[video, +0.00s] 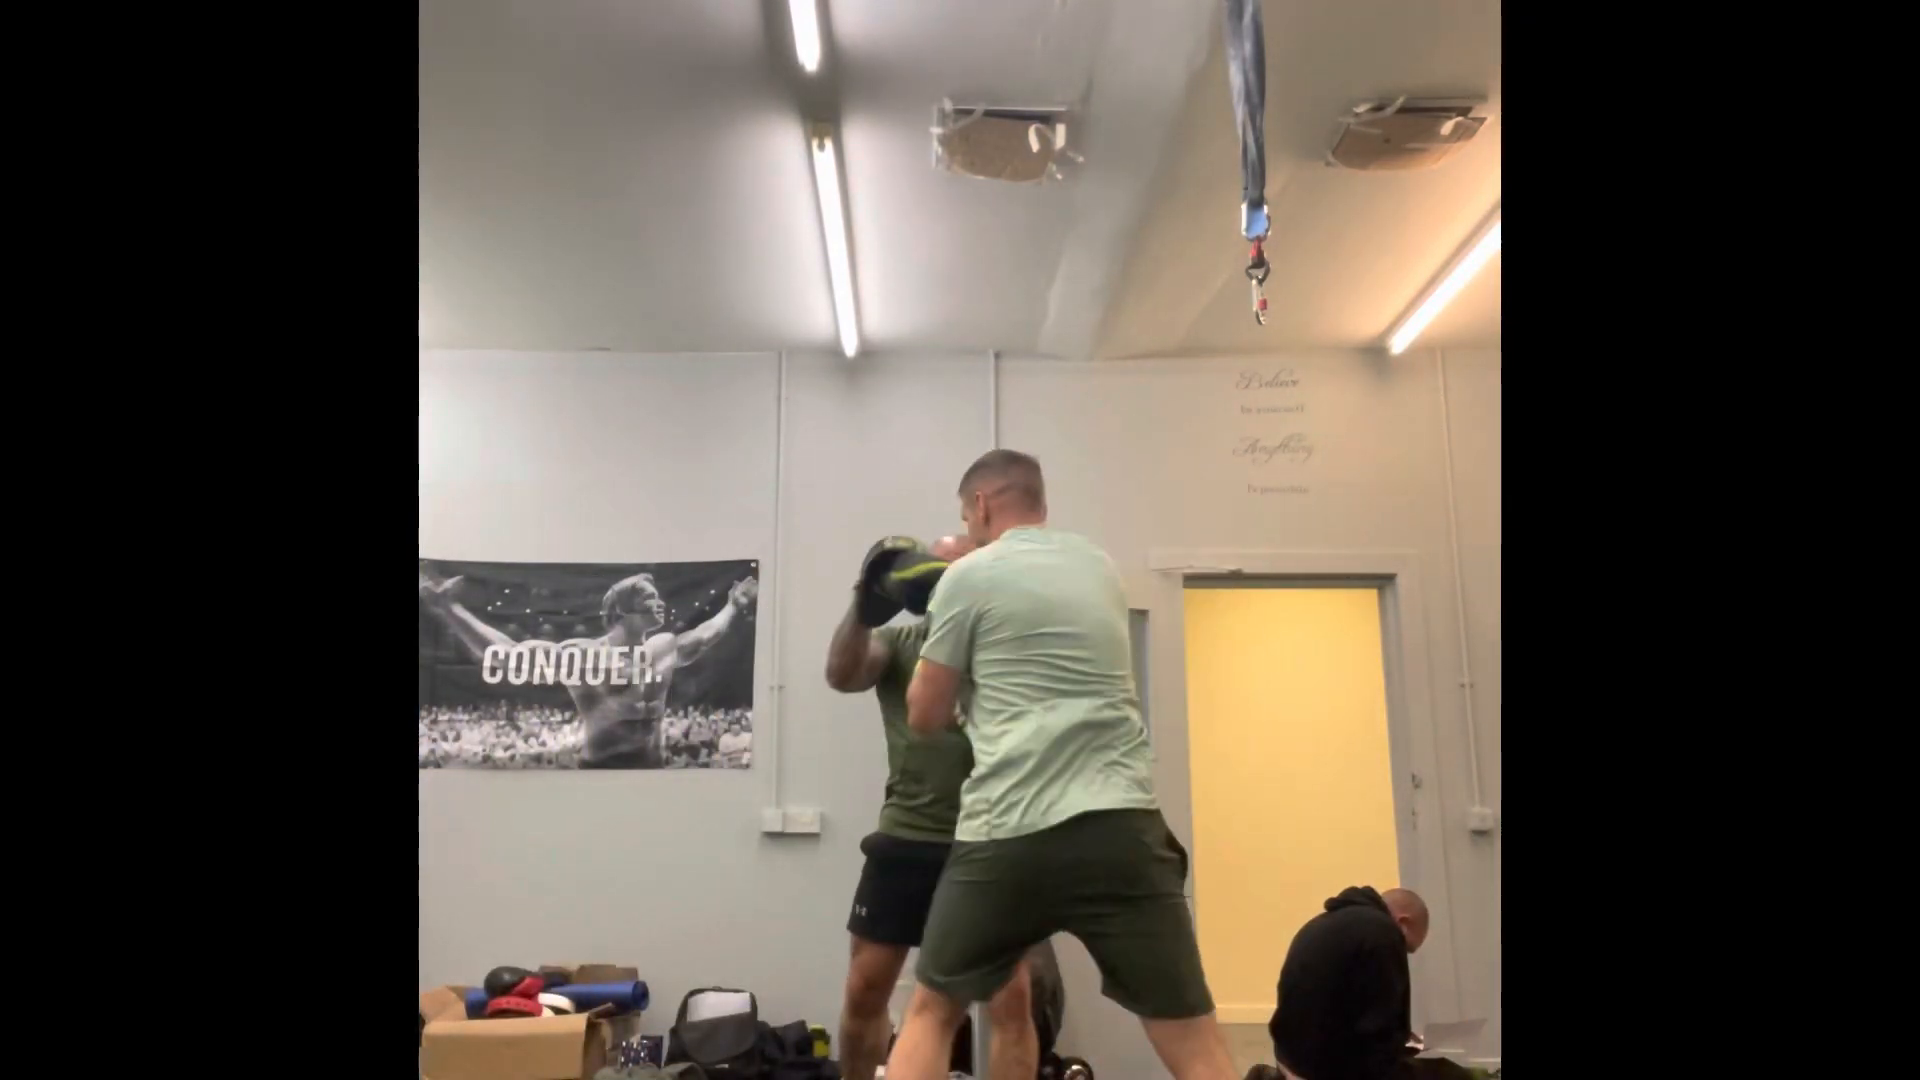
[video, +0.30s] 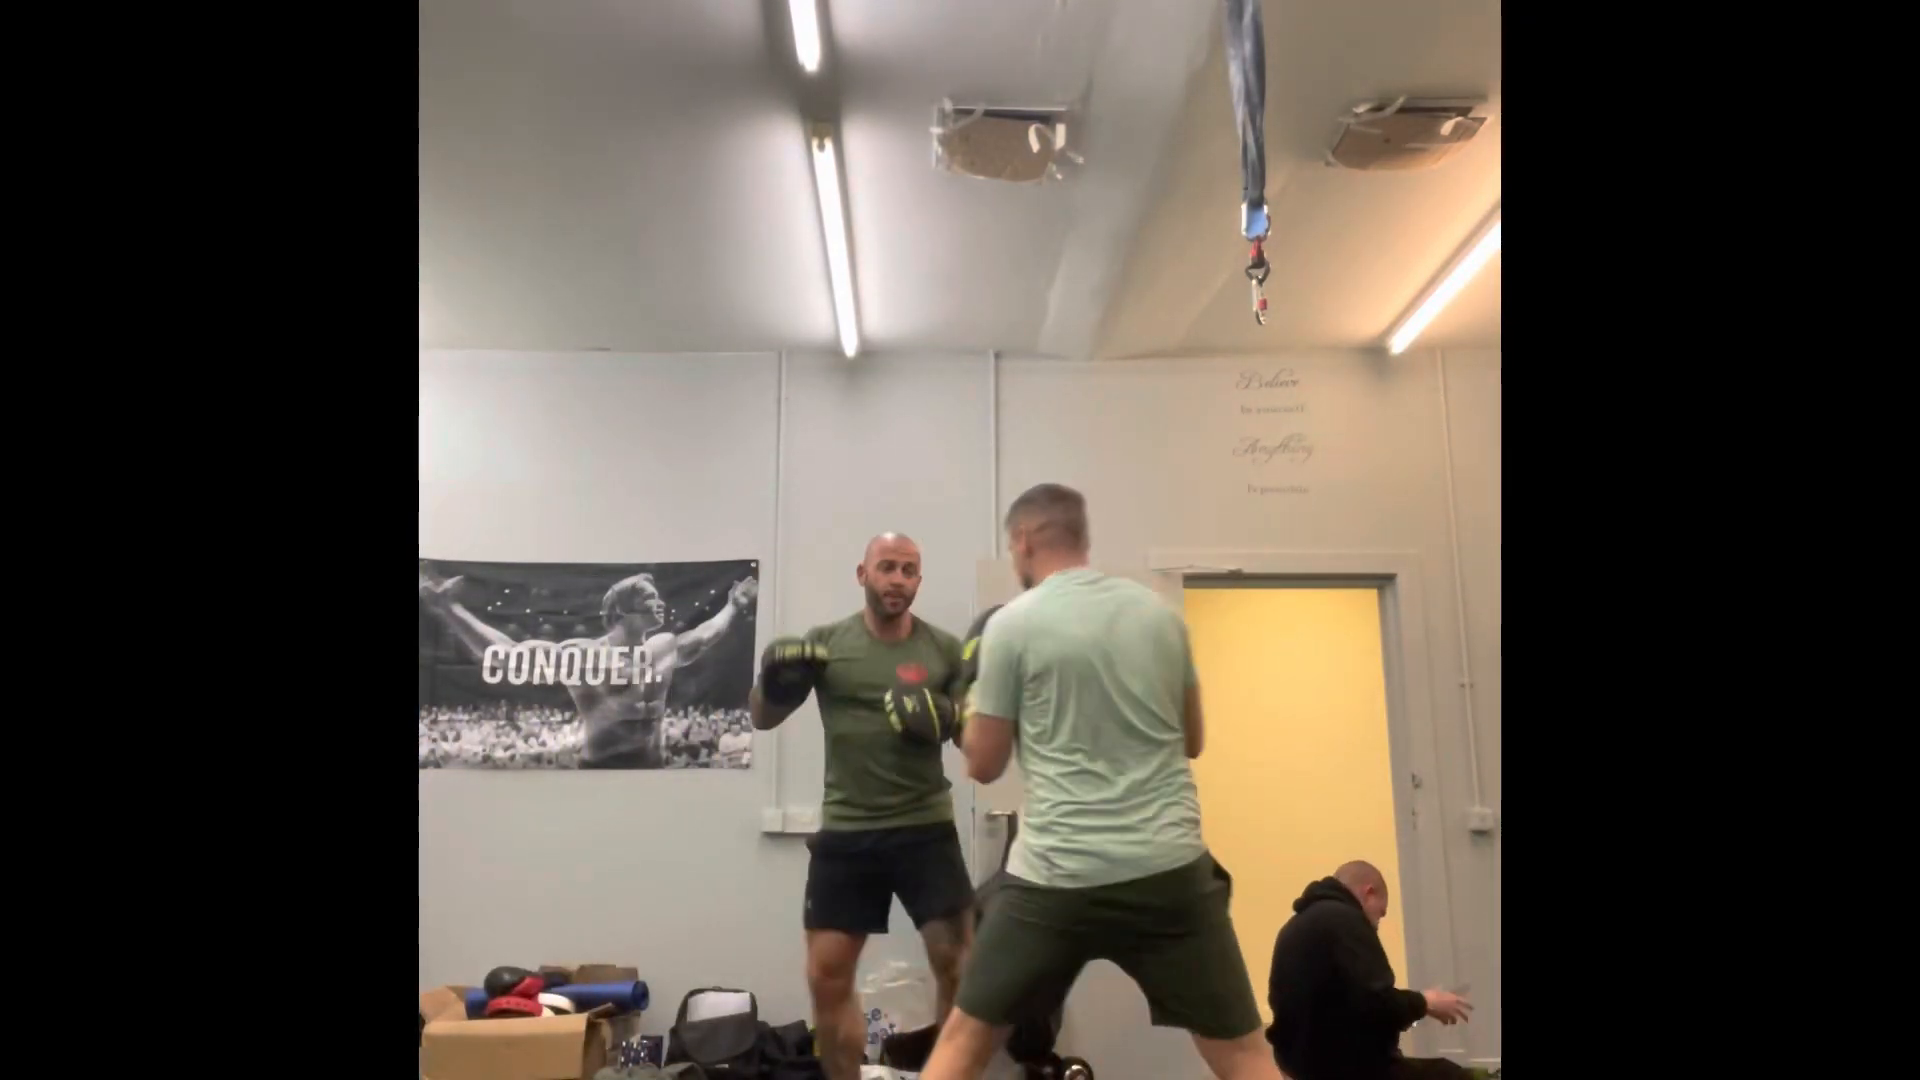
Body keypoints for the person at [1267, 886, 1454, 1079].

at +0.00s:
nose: (1400, 953)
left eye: (1406, 951)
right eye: (1405, 947)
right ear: (1401, 923)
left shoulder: (1323, 922)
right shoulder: (1383, 933)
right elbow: (1388, 1027)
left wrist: (1397, 1036)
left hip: (1293, 1056)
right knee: (1446, 1070)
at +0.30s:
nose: (1378, 922)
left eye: (1381, 915)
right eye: (1380, 913)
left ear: (1339, 887)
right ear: (1368, 893)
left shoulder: (1294, 927)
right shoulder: (1346, 920)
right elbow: (1375, 1003)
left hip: (1304, 1067)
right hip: (1350, 1068)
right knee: (1446, 1071)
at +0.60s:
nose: (1372, 915)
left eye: (1375, 906)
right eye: (1374, 904)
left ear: (1329, 883)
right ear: (1363, 886)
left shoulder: (1289, 930)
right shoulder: (1348, 921)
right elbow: (1392, 1003)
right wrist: (1421, 989)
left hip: (1310, 1069)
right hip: (1360, 1070)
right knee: (1452, 1072)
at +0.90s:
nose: (1374, 916)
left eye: (1377, 907)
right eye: (1376, 904)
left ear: (1330, 883)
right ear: (1361, 887)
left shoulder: (1287, 930)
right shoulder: (1350, 920)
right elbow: (1390, 1006)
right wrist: (1430, 990)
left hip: (1300, 1068)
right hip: (1356, 1071)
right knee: (1452, 1072)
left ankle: (1271, 1075)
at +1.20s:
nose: (1375, 916)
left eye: (1378, 905)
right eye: (1376, 903)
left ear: (1329, 882)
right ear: (1360, 886)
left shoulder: (1288, 930)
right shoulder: (1350, 921)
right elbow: (1392, 1007)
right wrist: (1430, 989)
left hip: (1301, 1067)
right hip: (1355, 1070)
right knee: (1451, 1071)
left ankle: (1272, 1074)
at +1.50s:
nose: (1377, 893)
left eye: (1374, 883)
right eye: (1372, 882)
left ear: (1325, 881)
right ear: (1349, 879)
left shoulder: (1288, 931)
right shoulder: (1347, 919)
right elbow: (1387, 1007)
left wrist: (1402, 992)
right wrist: (1430, 997)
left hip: (1302, 1069)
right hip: (1357, 1071)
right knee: (1456, 1072)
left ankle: (1273, 1075)